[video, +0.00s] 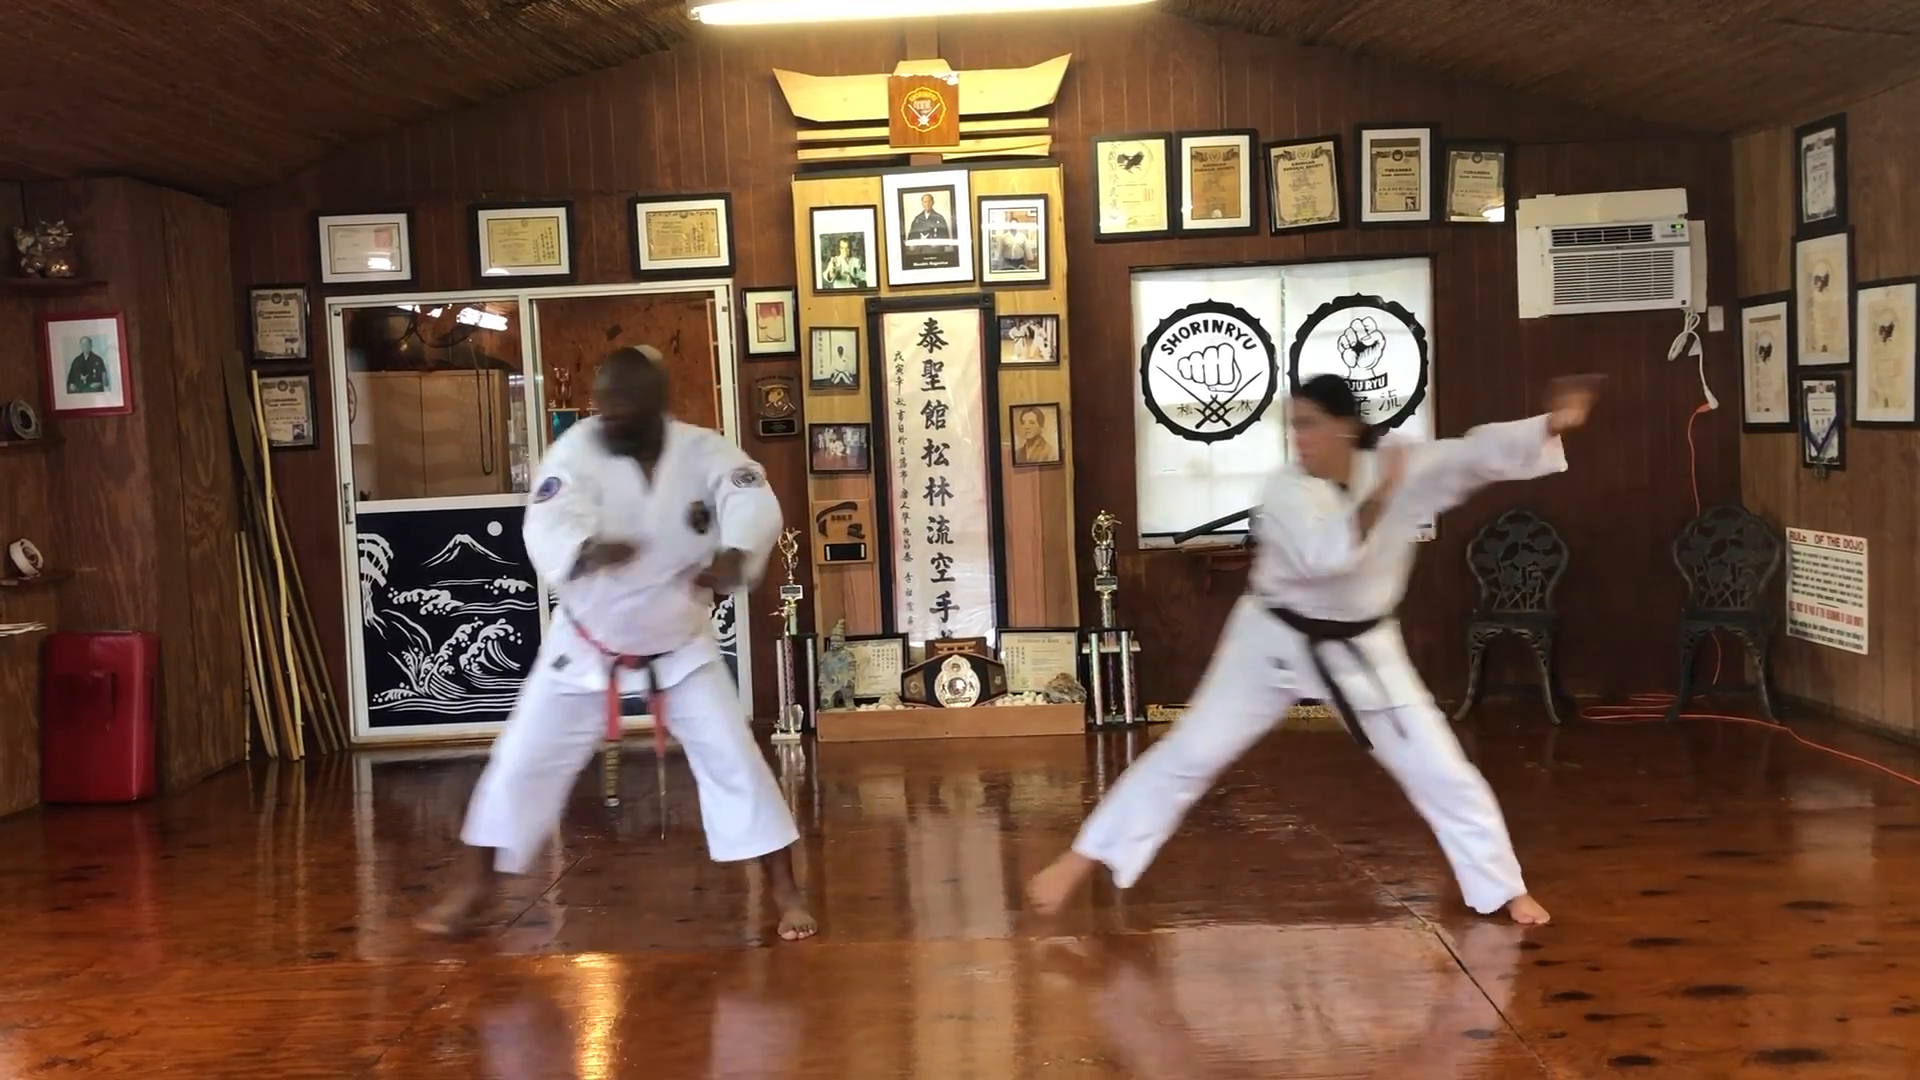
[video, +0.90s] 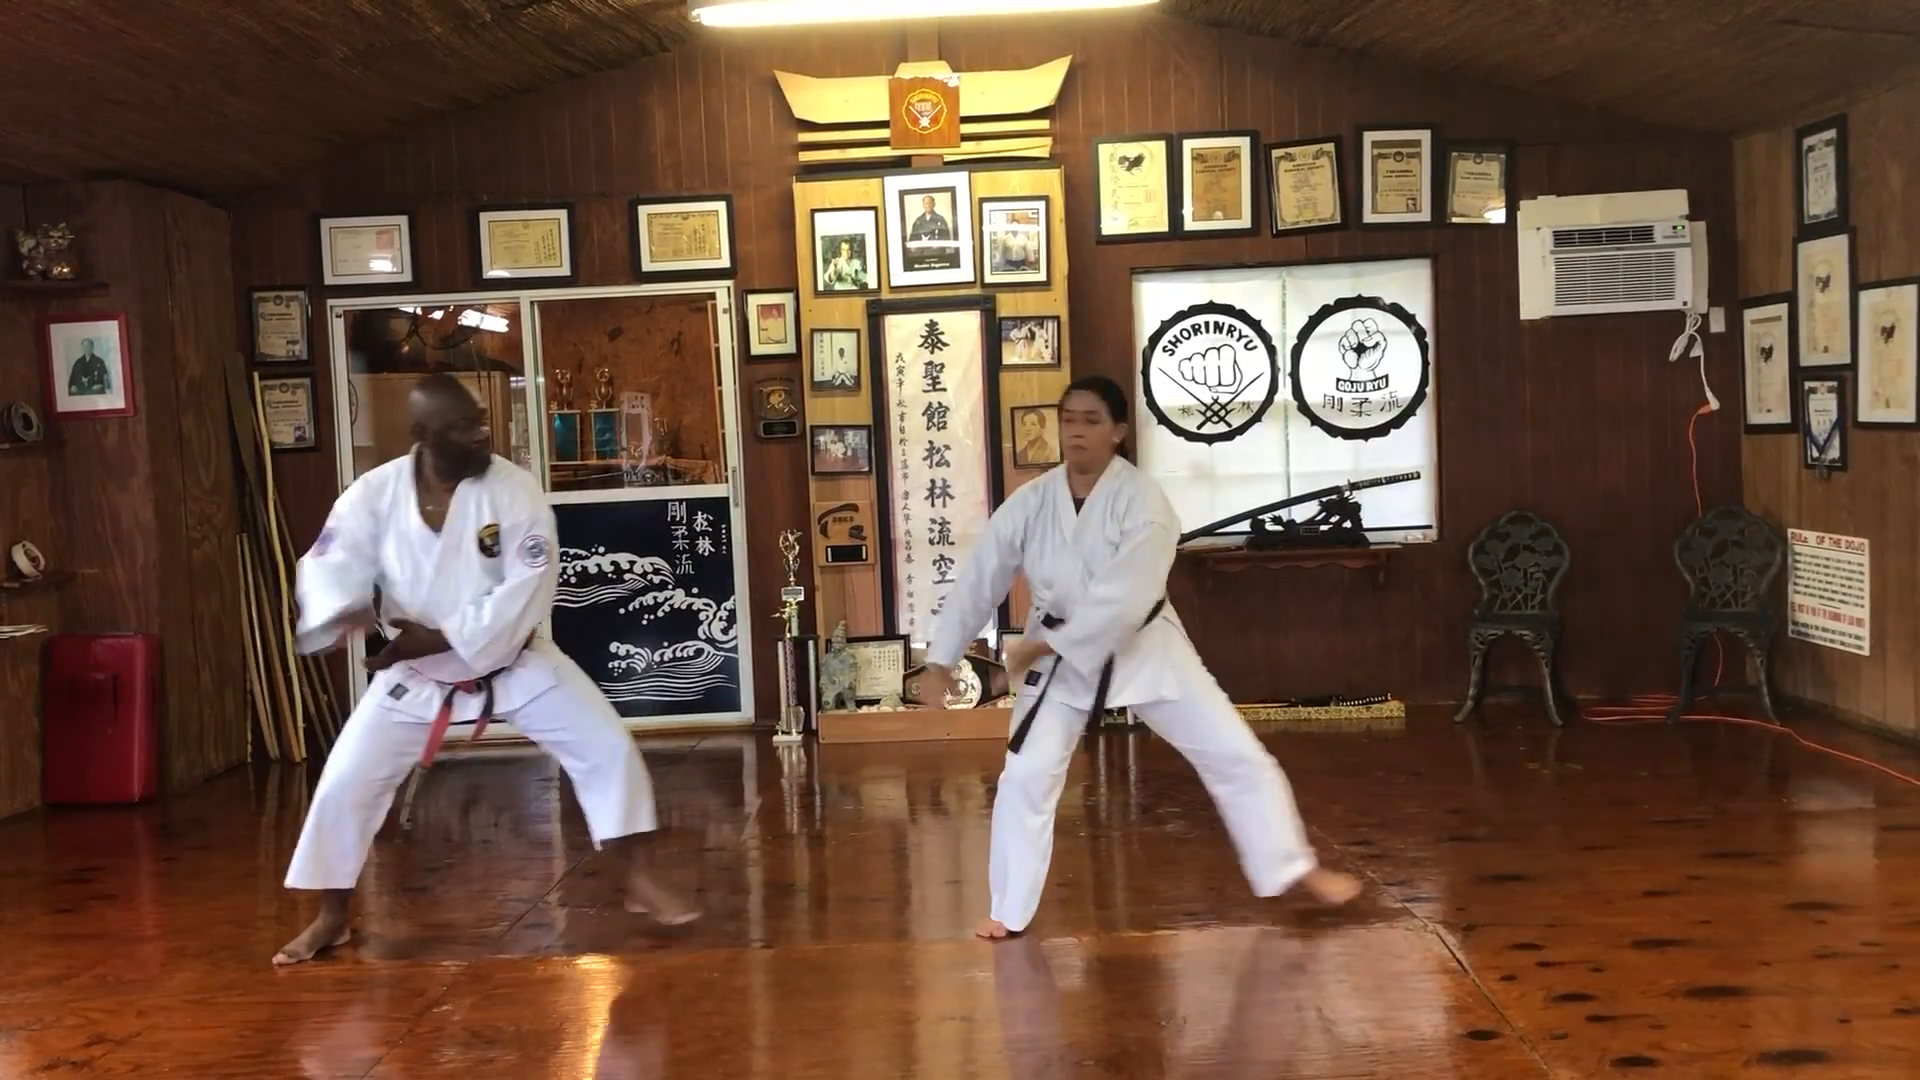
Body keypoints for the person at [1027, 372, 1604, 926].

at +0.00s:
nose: (1297, 438)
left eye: (1309, 425)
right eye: (1293, 425)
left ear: (1348, 427)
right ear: (1297, 432)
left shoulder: (1400, 463)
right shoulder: (1285, 493)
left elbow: (1472, 454)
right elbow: (1327, 561)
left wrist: (1547, 427)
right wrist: (1384, 500)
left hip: (1365, 641)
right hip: (1273, 633)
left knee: (1437, 764)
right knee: (1194, 749)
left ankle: (1505, 892)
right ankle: (1081, 858)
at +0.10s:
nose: (1205, 431)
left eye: (1217, 420)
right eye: (1203, 419)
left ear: (1257, 424)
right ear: (1213, 427)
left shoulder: (1308, 467)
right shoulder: (1199, 478)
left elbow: (1411, 469)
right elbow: (1266, 539)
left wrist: (1513, 452)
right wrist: (1349, 526)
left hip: (1288, 641)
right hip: (1196, 642)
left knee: (1371, 762)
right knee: (1118, 764)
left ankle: (1486, 877)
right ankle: (1019, 884)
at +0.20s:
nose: (1137, 446)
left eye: (1149, 433)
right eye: (1135, 433)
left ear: (1189, 438)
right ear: (1137, 437)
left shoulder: (1235, 494)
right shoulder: (1117, 492)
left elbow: (1302, 538)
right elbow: (1139, 571)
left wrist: (1353, 549)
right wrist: (1223, 561)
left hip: (1224, 660)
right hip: (1130, 661)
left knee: (1304, 779)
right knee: (1065, 785)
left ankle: (1361, 863)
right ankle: (1010, 906)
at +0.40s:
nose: (1081, 450)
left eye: (1093, 439)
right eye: (1080, 438)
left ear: (1134, 442)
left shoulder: (1187, 514)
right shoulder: (1068, 504)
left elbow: (1159, 606)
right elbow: (1004, 574)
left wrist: (1075, 649)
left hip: (1160, 655)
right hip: (1072, 648)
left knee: (1214, 791)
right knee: (1024, 774)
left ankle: (1206, 898)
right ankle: (1005, 907)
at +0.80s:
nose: (1050, 422)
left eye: (1062, 412)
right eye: (1047, 412)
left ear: (1100, 417)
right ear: (1046, 416)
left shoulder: (1145, 492)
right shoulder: (1024, 491)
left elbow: (1137, 590)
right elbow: (973, 574)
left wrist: (1064, 642)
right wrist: (925, 650)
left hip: (1135, 629)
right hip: (1050, 633)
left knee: (1202, 755)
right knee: (1025, 767)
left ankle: (1225, 884)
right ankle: (1012, 909)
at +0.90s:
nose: (1075, 430)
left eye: (1090, 419)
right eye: (1067, 418)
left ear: (1117, 432)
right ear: (1056, 429)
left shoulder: (1141, 498)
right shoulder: (1029, 504)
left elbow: (1128, 596)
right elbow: (976, 580)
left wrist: (1046, 643)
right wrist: (939, 661)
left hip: (1146, 642)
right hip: (1062, 650)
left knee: (1232, 748)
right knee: (1027, 774)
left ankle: (1295, 869)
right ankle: (1008, 911)